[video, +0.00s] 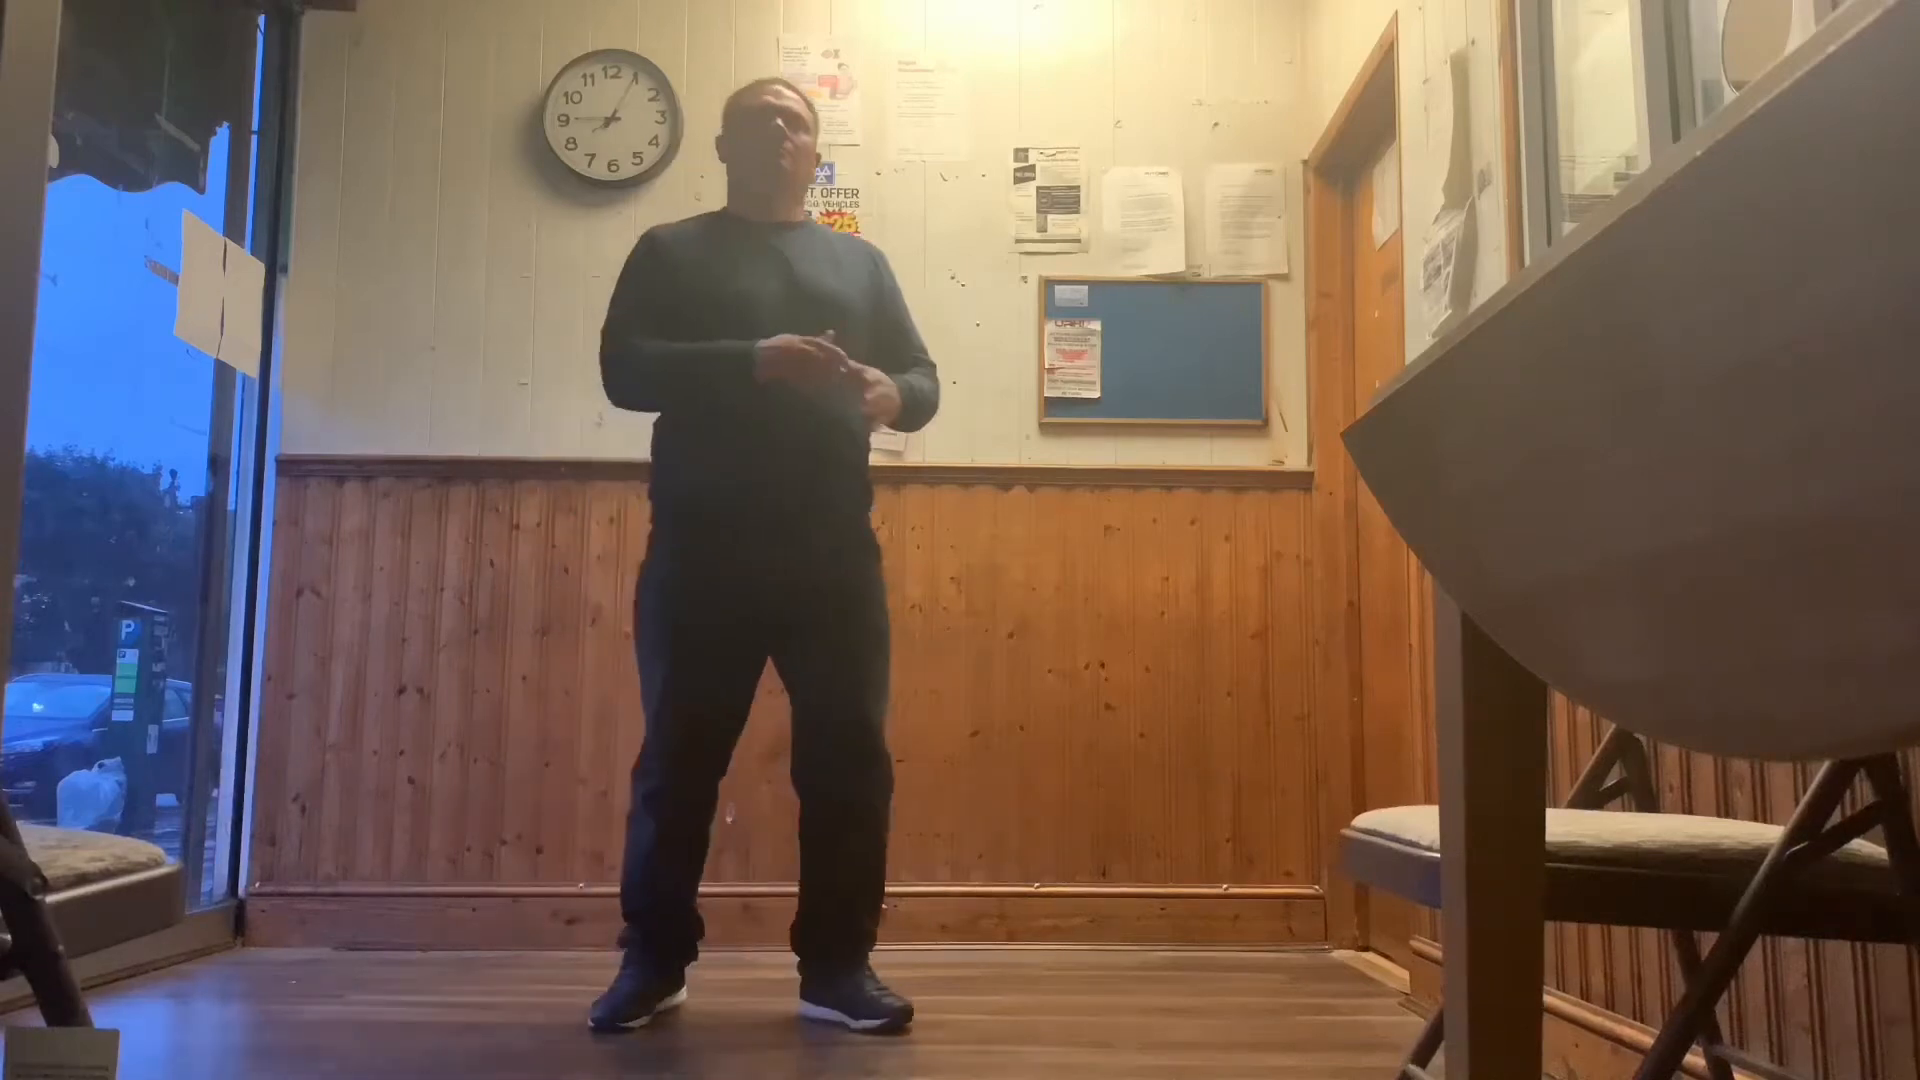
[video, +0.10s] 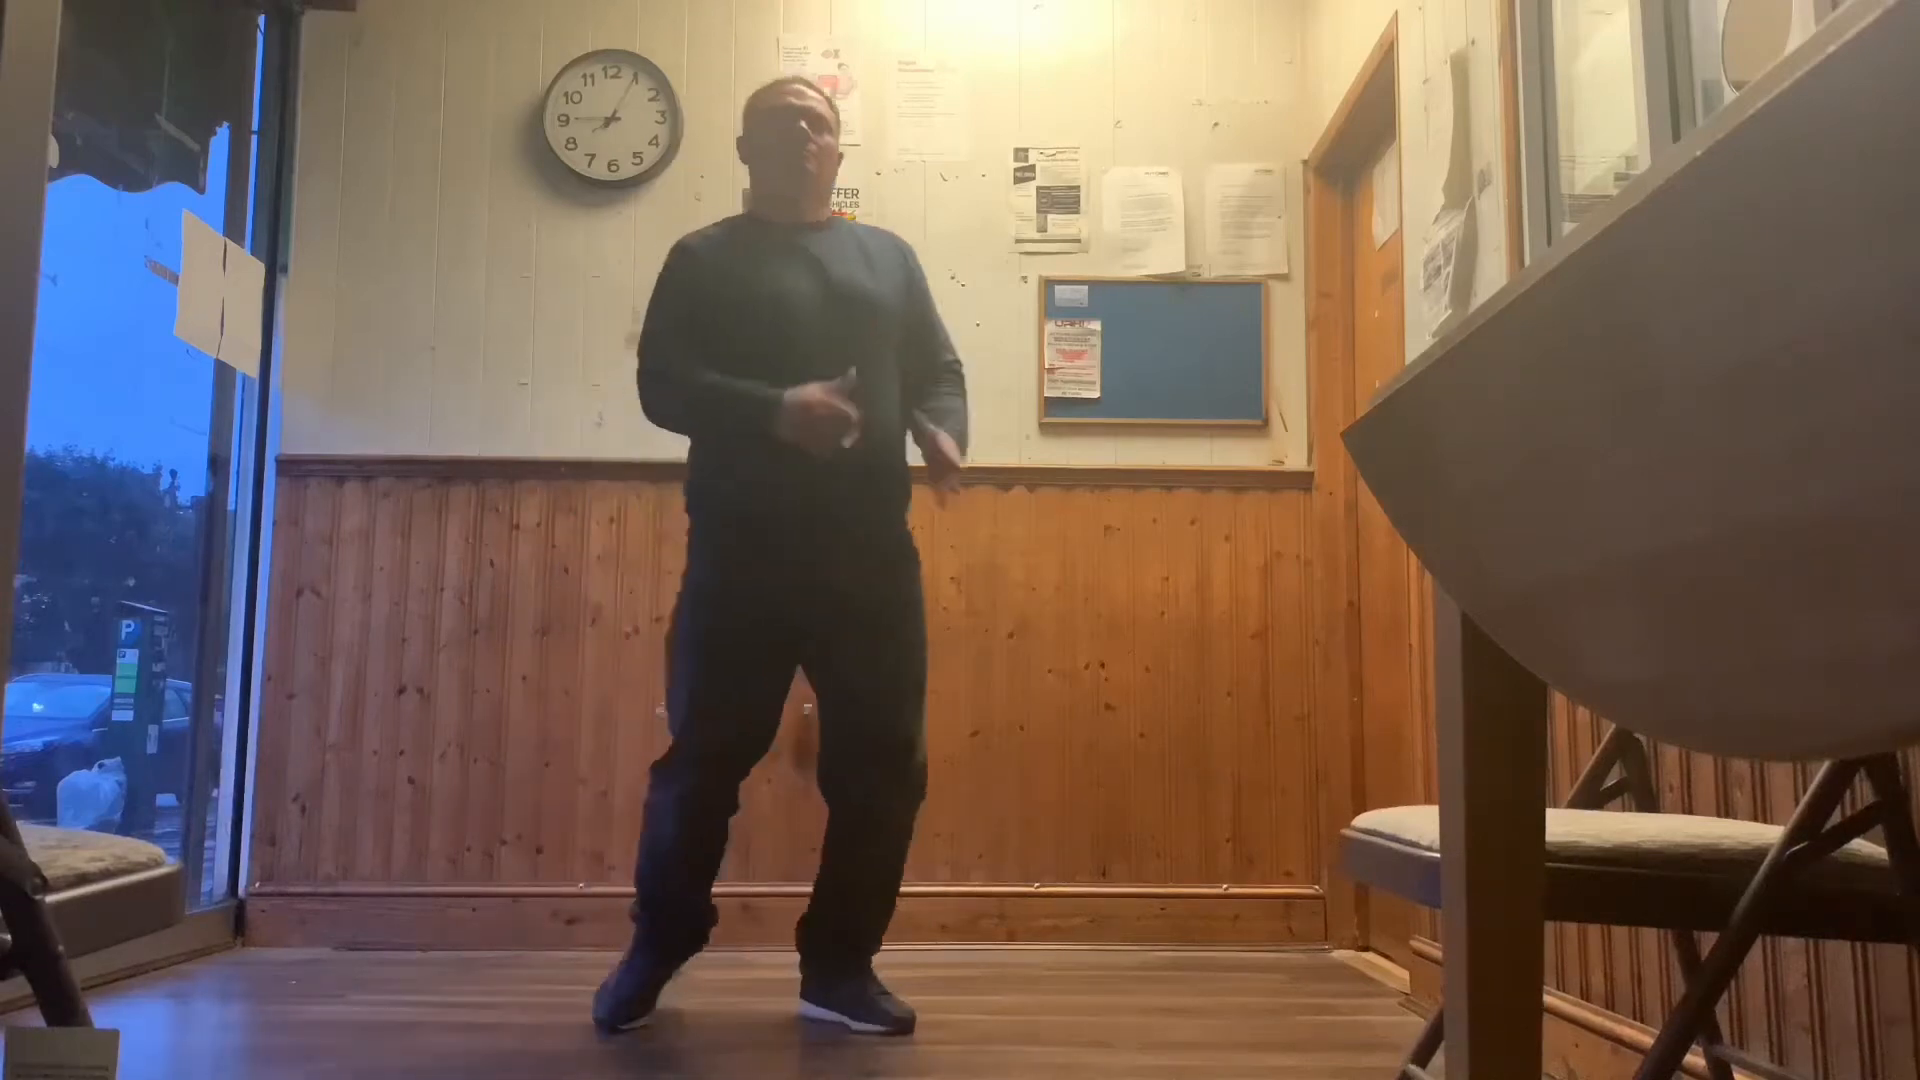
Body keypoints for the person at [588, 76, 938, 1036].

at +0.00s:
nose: (778, 128)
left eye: (794, 120)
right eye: (757, 115)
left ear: (818, 156)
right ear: (720, 149)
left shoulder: (859, 263)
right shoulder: (670, 251)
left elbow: (922, 385)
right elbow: (623, 372)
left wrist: (894, 395)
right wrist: (756, 359)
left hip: (831, 553)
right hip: (702, 551)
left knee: (851, 765)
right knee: (676, 766)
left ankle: (837, 971)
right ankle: (651, 965)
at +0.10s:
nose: (811, 133)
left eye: (822, 123)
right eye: (788, 120)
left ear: (842, 153)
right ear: (744, 150)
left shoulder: (889, 258)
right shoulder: (702, 259)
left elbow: (936, 370)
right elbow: (663, 387)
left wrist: (939, 422)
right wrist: (776, 408)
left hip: (868, 557)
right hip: (741, 557)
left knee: (882, 777)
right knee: (702, 759)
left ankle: (838, 972)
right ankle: (660, 941)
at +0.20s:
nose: (830, 124)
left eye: (841, 110)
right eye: (806, 111)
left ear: (861, 133)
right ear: (762, 135)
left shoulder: (909, 231)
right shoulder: (722, 244)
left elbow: (974, 357)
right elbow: (672, 363)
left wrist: (1038, 471)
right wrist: (679, 457)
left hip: (895, 534)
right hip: (772, 530)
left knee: (912, 752)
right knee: (768, 735)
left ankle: (848, 956)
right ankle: (739, 933)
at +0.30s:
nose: (842, 114)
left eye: (853, 100)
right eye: (818, 103)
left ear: (875, 123)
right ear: (775, 128)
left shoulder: (924, 213)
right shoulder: (735, 233)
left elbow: (1019, 315)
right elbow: (627, 332)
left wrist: (1124, 400)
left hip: (919, 517)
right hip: (799, 525)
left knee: (971, 733)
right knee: (838, 746)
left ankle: (867, 929)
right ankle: (885, 982)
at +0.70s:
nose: (845, 132)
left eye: (863, 121)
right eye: (824, 122)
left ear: (892, 158)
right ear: (794, 158)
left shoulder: (931, 270)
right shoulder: (745, 265)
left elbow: (1003, 388)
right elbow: (677, 376)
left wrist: (1086, 472)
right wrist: (602, 447)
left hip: (899, 542)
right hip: (778, 540)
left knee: (945, 757)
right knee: (823, 726)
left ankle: (900, 959)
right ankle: (870, 977)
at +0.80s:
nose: (813, 117)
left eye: (830, 105)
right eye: (795, 104)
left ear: (860, 136)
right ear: (765, 135)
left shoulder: (902, 240)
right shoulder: (715, 229)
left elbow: (973, 356)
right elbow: (608, 340)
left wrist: (930, 363)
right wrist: (662, 296)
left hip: (874, 532)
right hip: (748, 529)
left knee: (916, 740)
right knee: (714, 712)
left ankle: (891, 966)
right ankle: (734, 872)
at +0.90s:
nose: (767, 87)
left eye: (786, 76)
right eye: (751, 75)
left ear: (818, 108)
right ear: (726, 106)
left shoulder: (858, 198)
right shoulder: (678, 192)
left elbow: (927, 305)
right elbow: (556, 253)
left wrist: (855, 248)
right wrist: (613, 181)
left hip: (830, 500)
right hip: (706, 496)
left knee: (860, 721)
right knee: (650, 694)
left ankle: (871, 940)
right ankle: (636, 871)